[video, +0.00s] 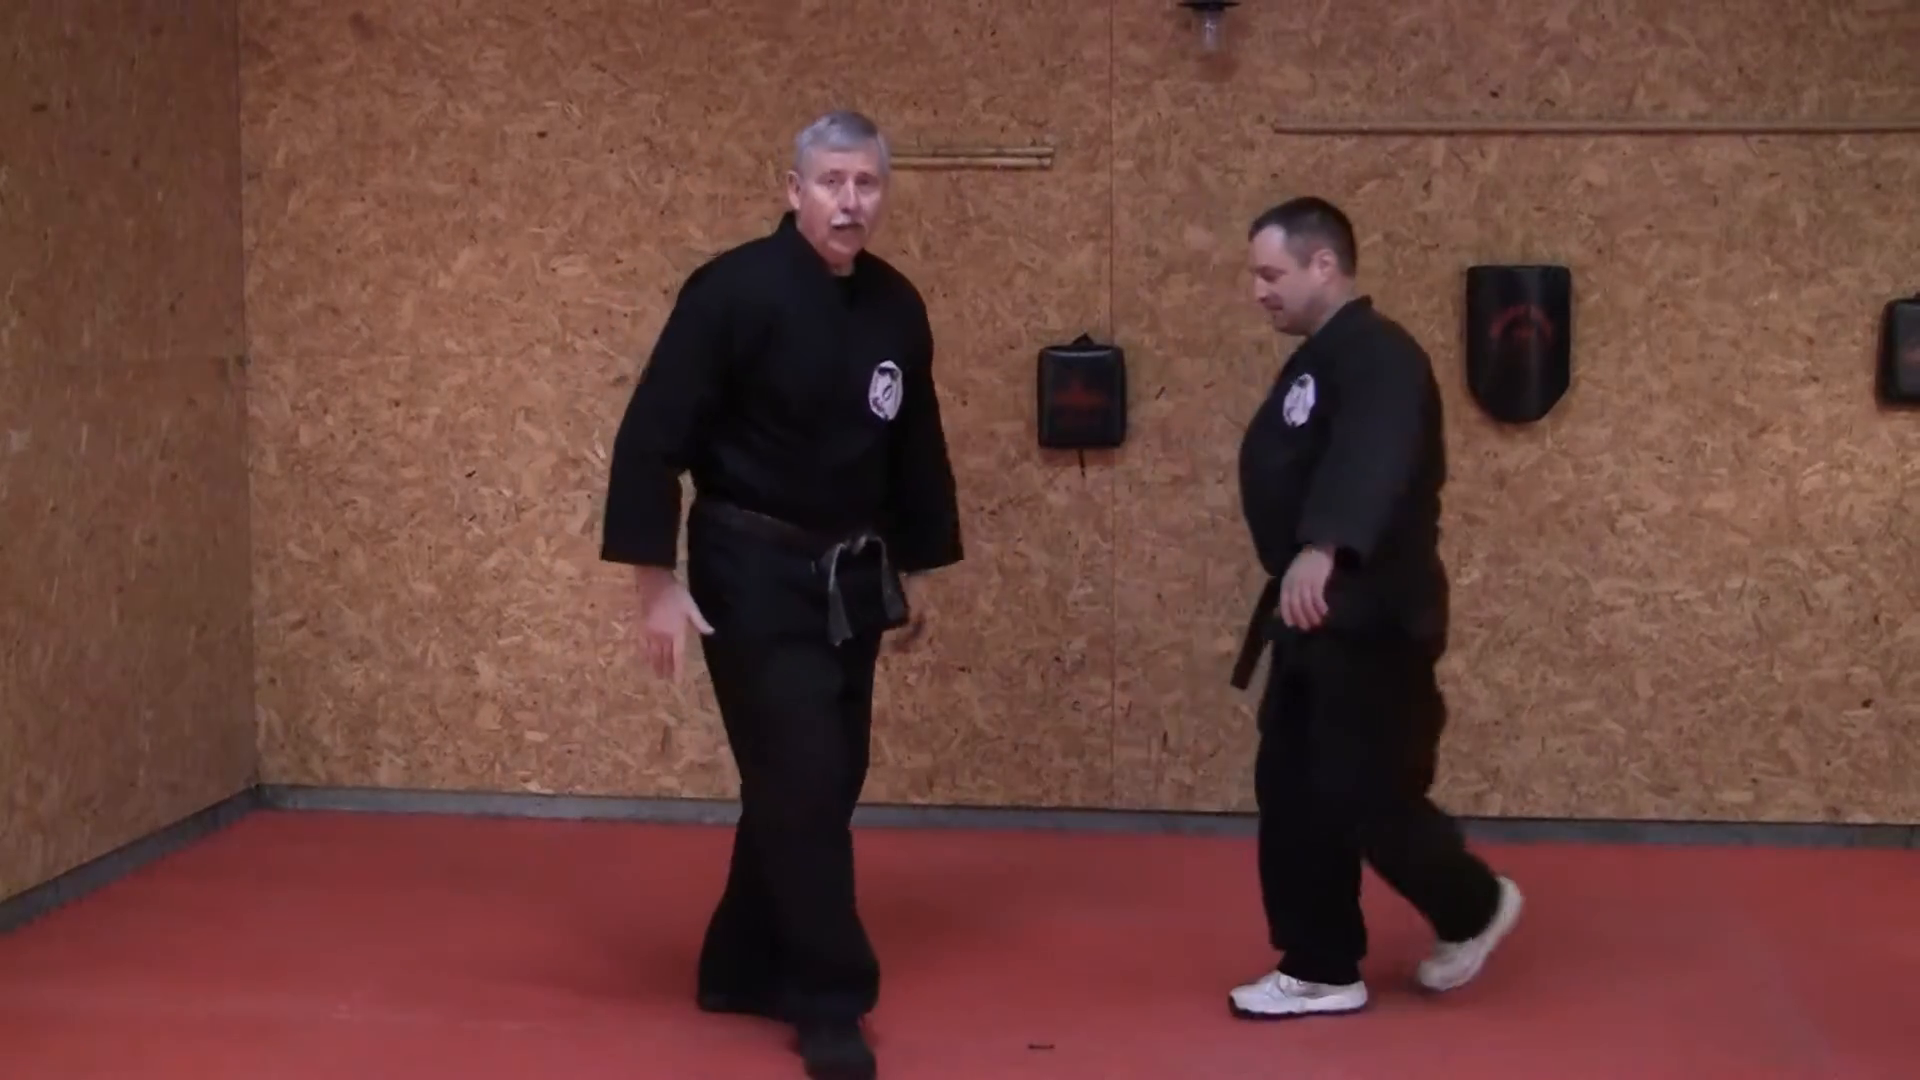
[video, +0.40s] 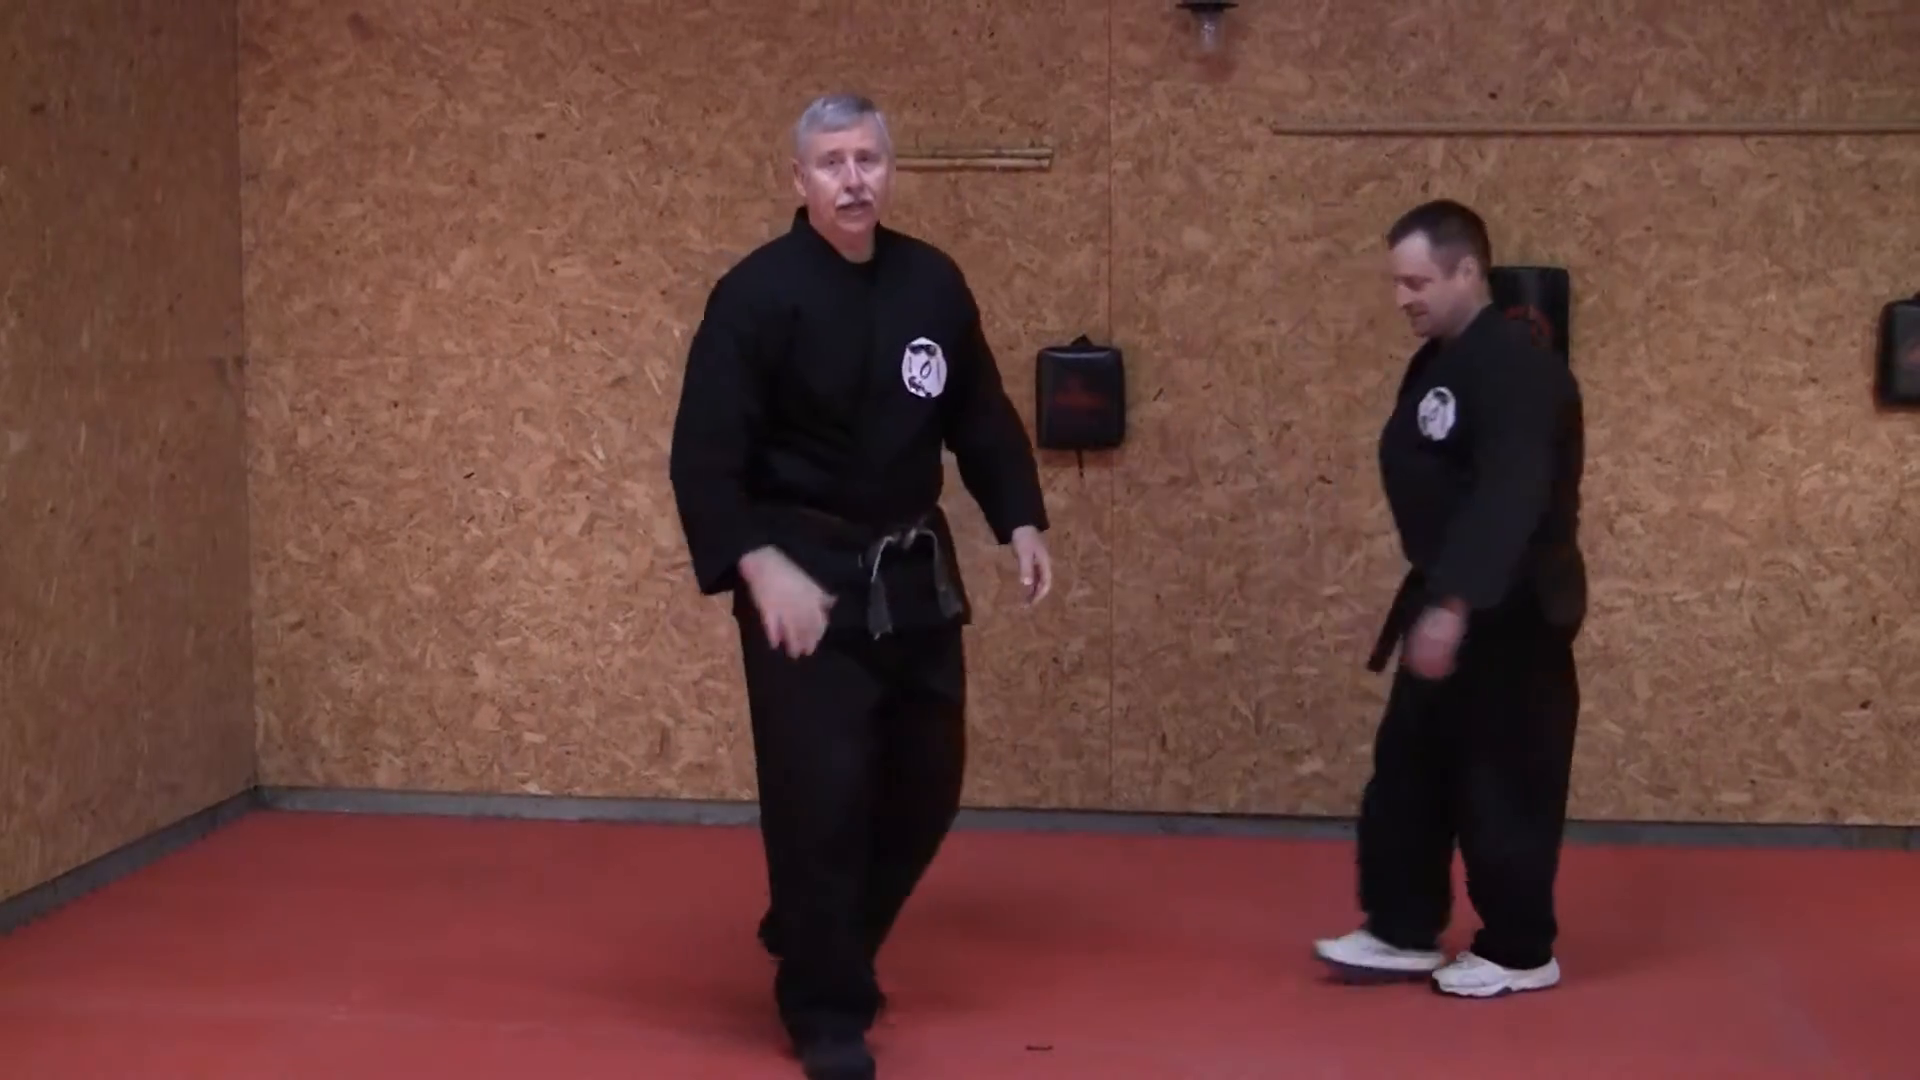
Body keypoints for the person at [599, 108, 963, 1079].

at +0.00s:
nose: (851, 200)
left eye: (867, 183)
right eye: (833, 181)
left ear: (884, 193)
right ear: (794, 187)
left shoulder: (894, 307)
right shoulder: (730, 291)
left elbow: (910, 448)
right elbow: (650, 433)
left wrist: (902, 576)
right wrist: (657, 582)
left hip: (851, 569)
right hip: (751, 566)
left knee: (822, 773)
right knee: (800, 776)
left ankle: (741, 964)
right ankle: (829, 1009)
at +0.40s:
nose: (853, 179)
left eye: (867, 160)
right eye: (832, 163)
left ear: (890, 170)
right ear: (798, 178)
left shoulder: (931, 281)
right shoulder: (754, 296)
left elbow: (978, 407)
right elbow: (701, 456)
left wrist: (1019, 516)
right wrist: (759, 563)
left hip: (912, 570)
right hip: (800, 578)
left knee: (922, 788)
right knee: (822, 799)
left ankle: (819, 939)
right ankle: (829, 1023)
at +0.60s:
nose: (874, 177)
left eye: (889, 159)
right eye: (854, 162)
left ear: (914, 169)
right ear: (824, 176)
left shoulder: (961, 282)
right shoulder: (779, 296)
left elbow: (1010, 416)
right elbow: (715, 443)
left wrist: (1034, 533)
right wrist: (798, 442)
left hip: (942, 566)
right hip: (820, 573)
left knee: (966, 789)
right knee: (825, 804)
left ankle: (966, 980)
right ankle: (830, 1019)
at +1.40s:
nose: (959, 169)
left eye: (977, 153)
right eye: (943, 153)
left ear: (1006, 172)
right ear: (916, 170)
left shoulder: (1050, 289)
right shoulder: (863, 283)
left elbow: (1112, 419)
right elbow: (794, 416)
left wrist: (1031, 384)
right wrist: (861, 432)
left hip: (1015, 570)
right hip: (890, 567)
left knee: (1001, 789)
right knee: (856, 793)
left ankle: (973, 986)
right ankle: (818, 1006)